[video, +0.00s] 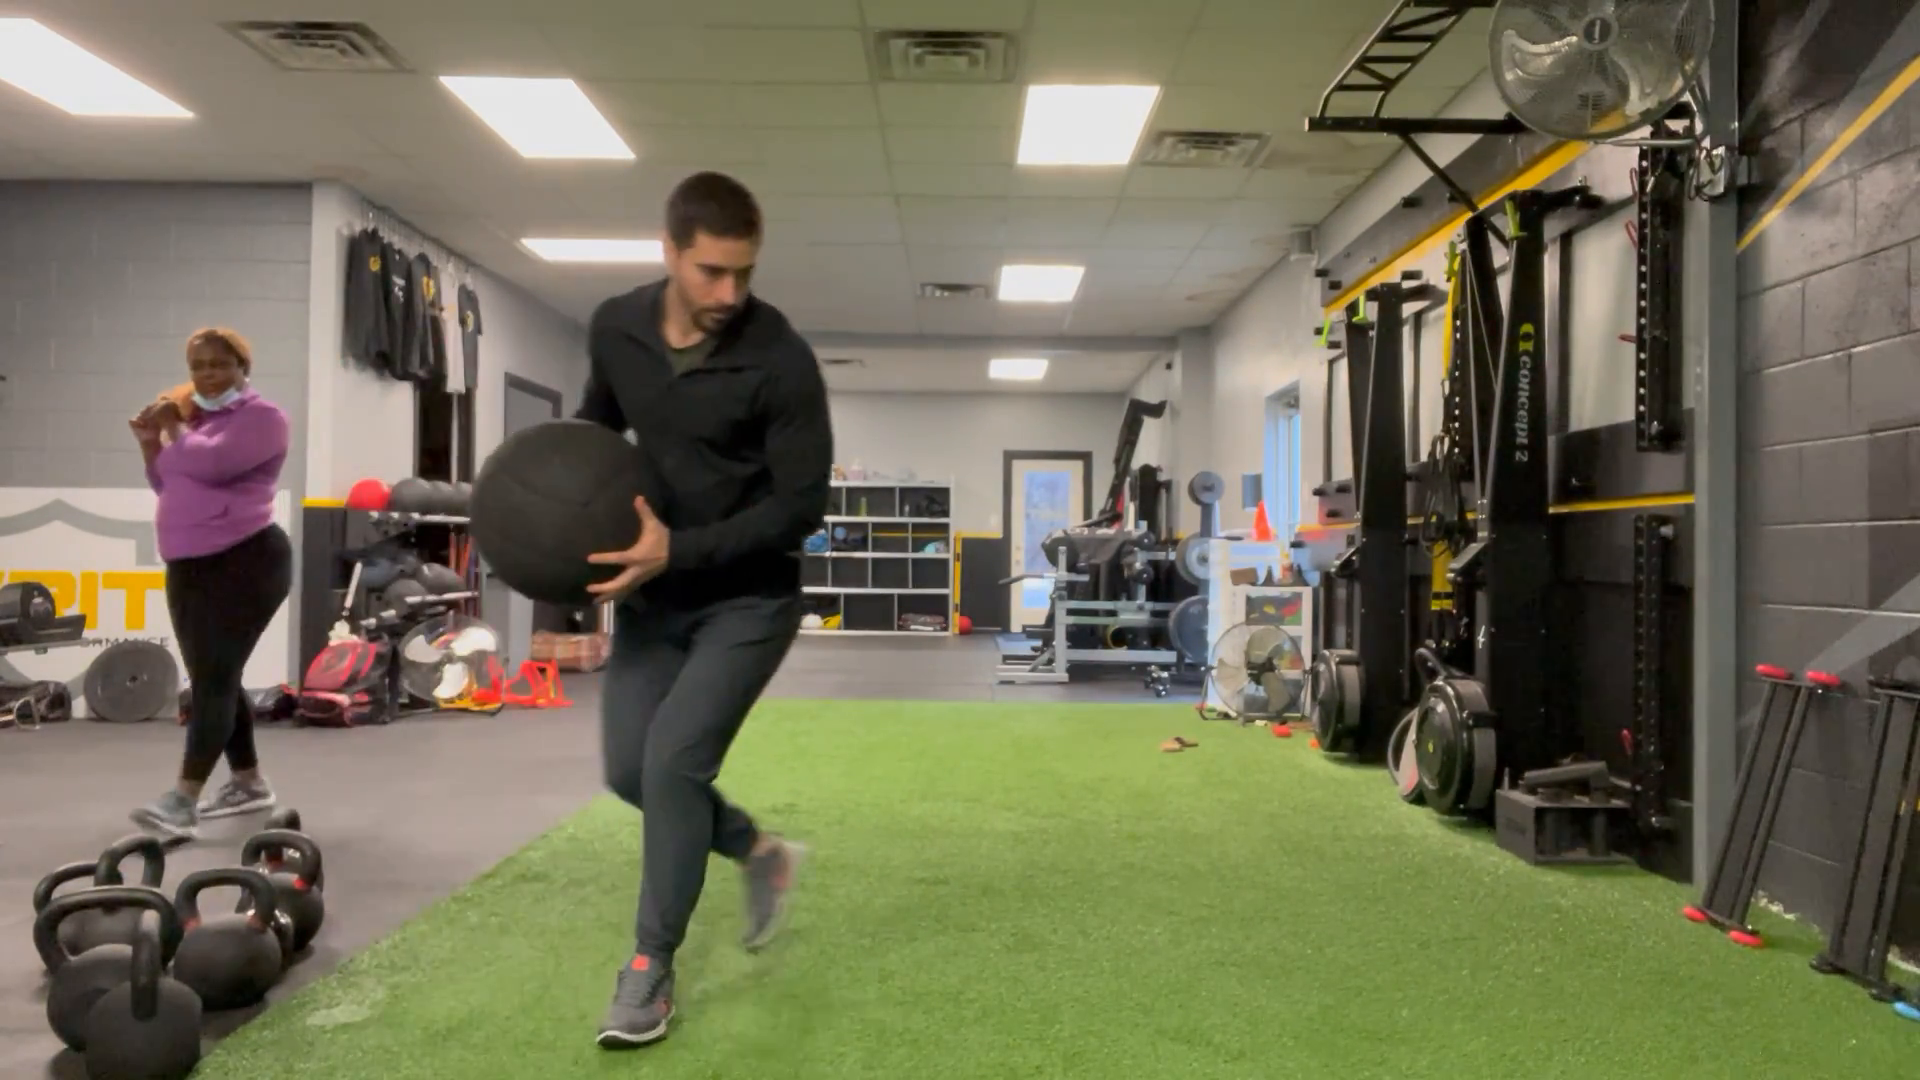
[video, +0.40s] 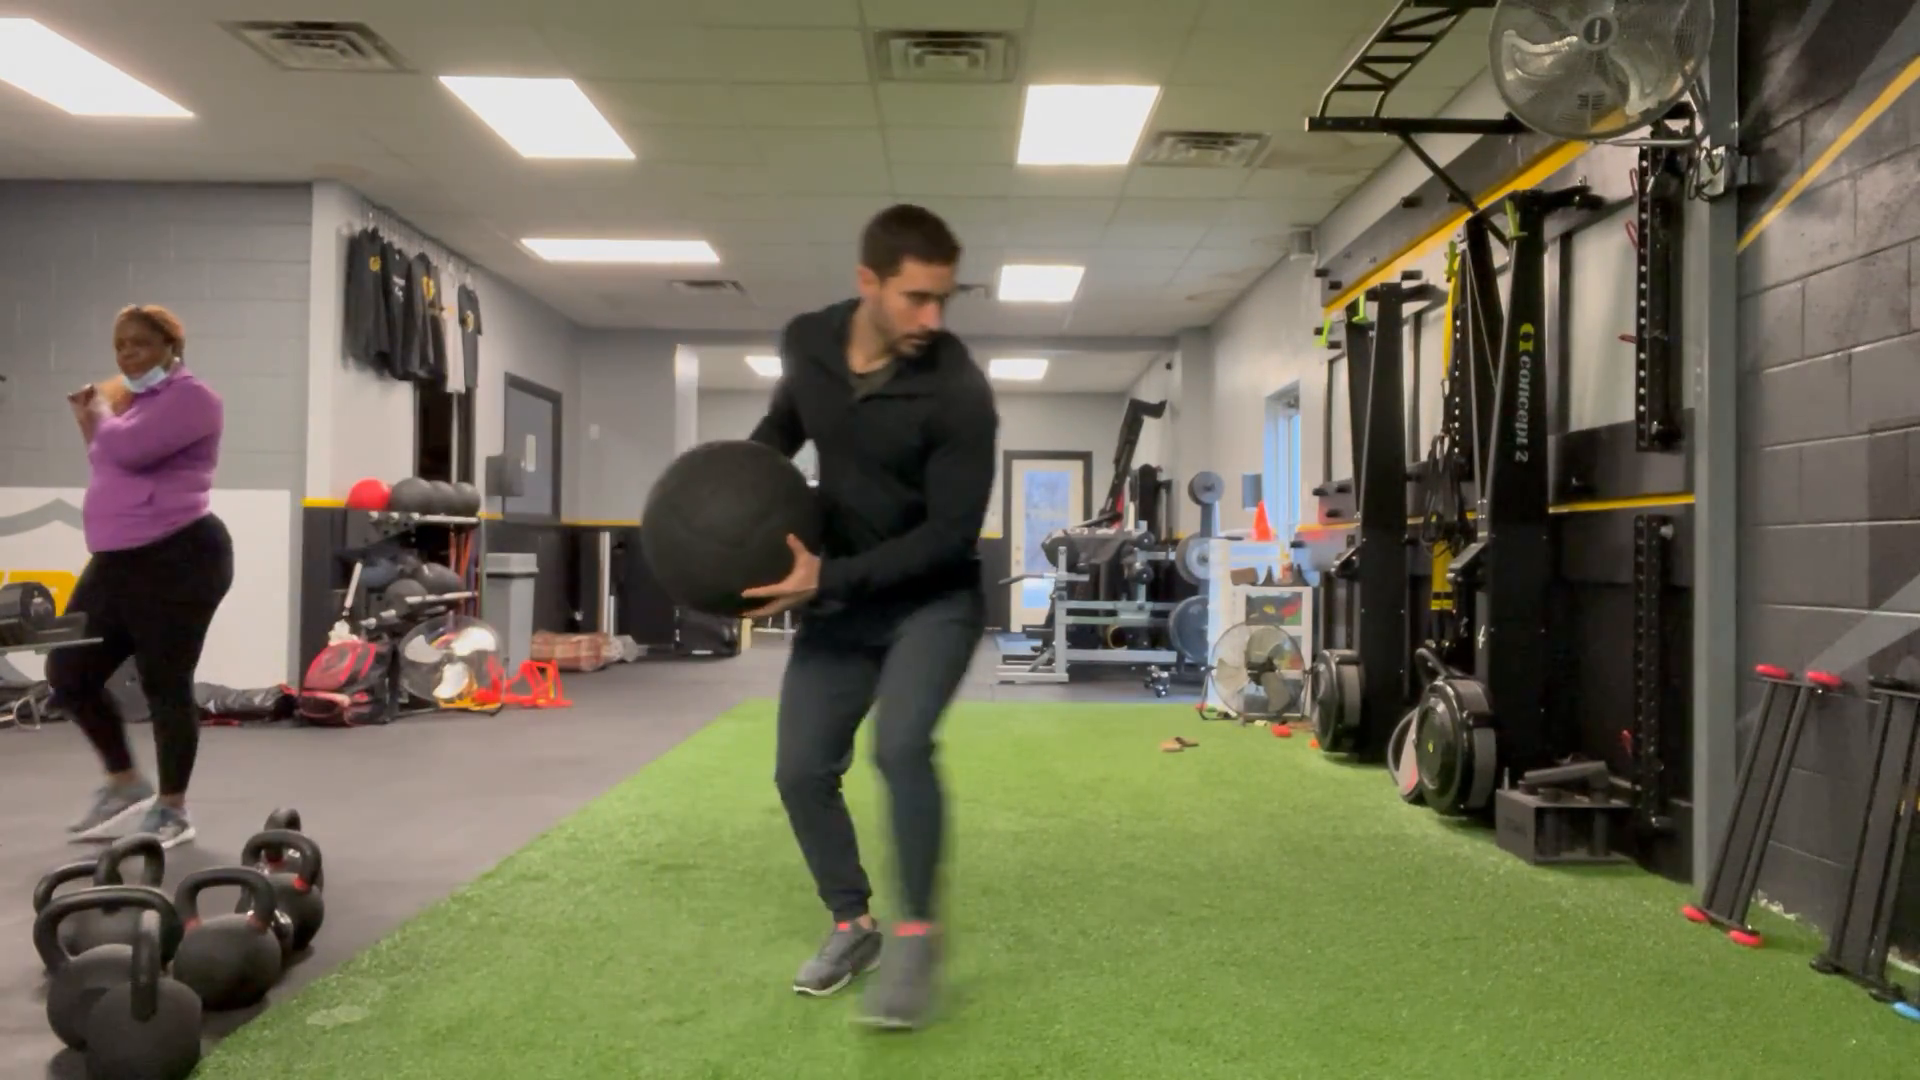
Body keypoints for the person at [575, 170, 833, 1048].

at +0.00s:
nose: (729, 293)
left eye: (743, 273)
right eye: (712, 272)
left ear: (757, 261)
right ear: (670, 254)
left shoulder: (779, 357)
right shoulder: (620, 328)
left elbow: (800, 503)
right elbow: (596, 432)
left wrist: (681, 548)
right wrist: (565, 513)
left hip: (751, 596)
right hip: (655, 593)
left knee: (674, 763)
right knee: (629, 771)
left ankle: (649, 966)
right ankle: (760, 851)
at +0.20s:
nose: (824, 307)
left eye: (835, 288)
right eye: (808, 287)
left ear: (845, 278)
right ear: (759, 269)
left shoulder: (863, 376)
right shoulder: (710, 338)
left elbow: (882, 518)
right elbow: (688, 443)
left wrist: (761, 564)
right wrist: (648, 525)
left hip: (839, 603)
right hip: (748, 603)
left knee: (743, 755)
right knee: (747, 778)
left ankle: (669, 961)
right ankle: (842, 916)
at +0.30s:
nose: (875, 313)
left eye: (886, 294)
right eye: (859, 293)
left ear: (894, 284)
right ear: (810, 276)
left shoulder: (909, 379)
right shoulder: (756, 344)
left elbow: (920, 529)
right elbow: (738, 439)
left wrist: (798, 574)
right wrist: (691, 519)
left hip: (891, 599)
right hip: (795, 600)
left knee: (804, 747)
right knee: (777, 776)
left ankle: (750, 946)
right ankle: (852, 924)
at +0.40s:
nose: (933, 317)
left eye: (943, 299)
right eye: (918, 298)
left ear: (949, 291)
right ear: (867, 279)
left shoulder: (960, 390)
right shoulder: (810, 343)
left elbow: (950, 538)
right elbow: (784, 428)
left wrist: (828, 575)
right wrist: (733, 500)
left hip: (936, 595)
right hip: (840, 595)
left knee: (900, 745)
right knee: (802, 771)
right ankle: (853, 922)